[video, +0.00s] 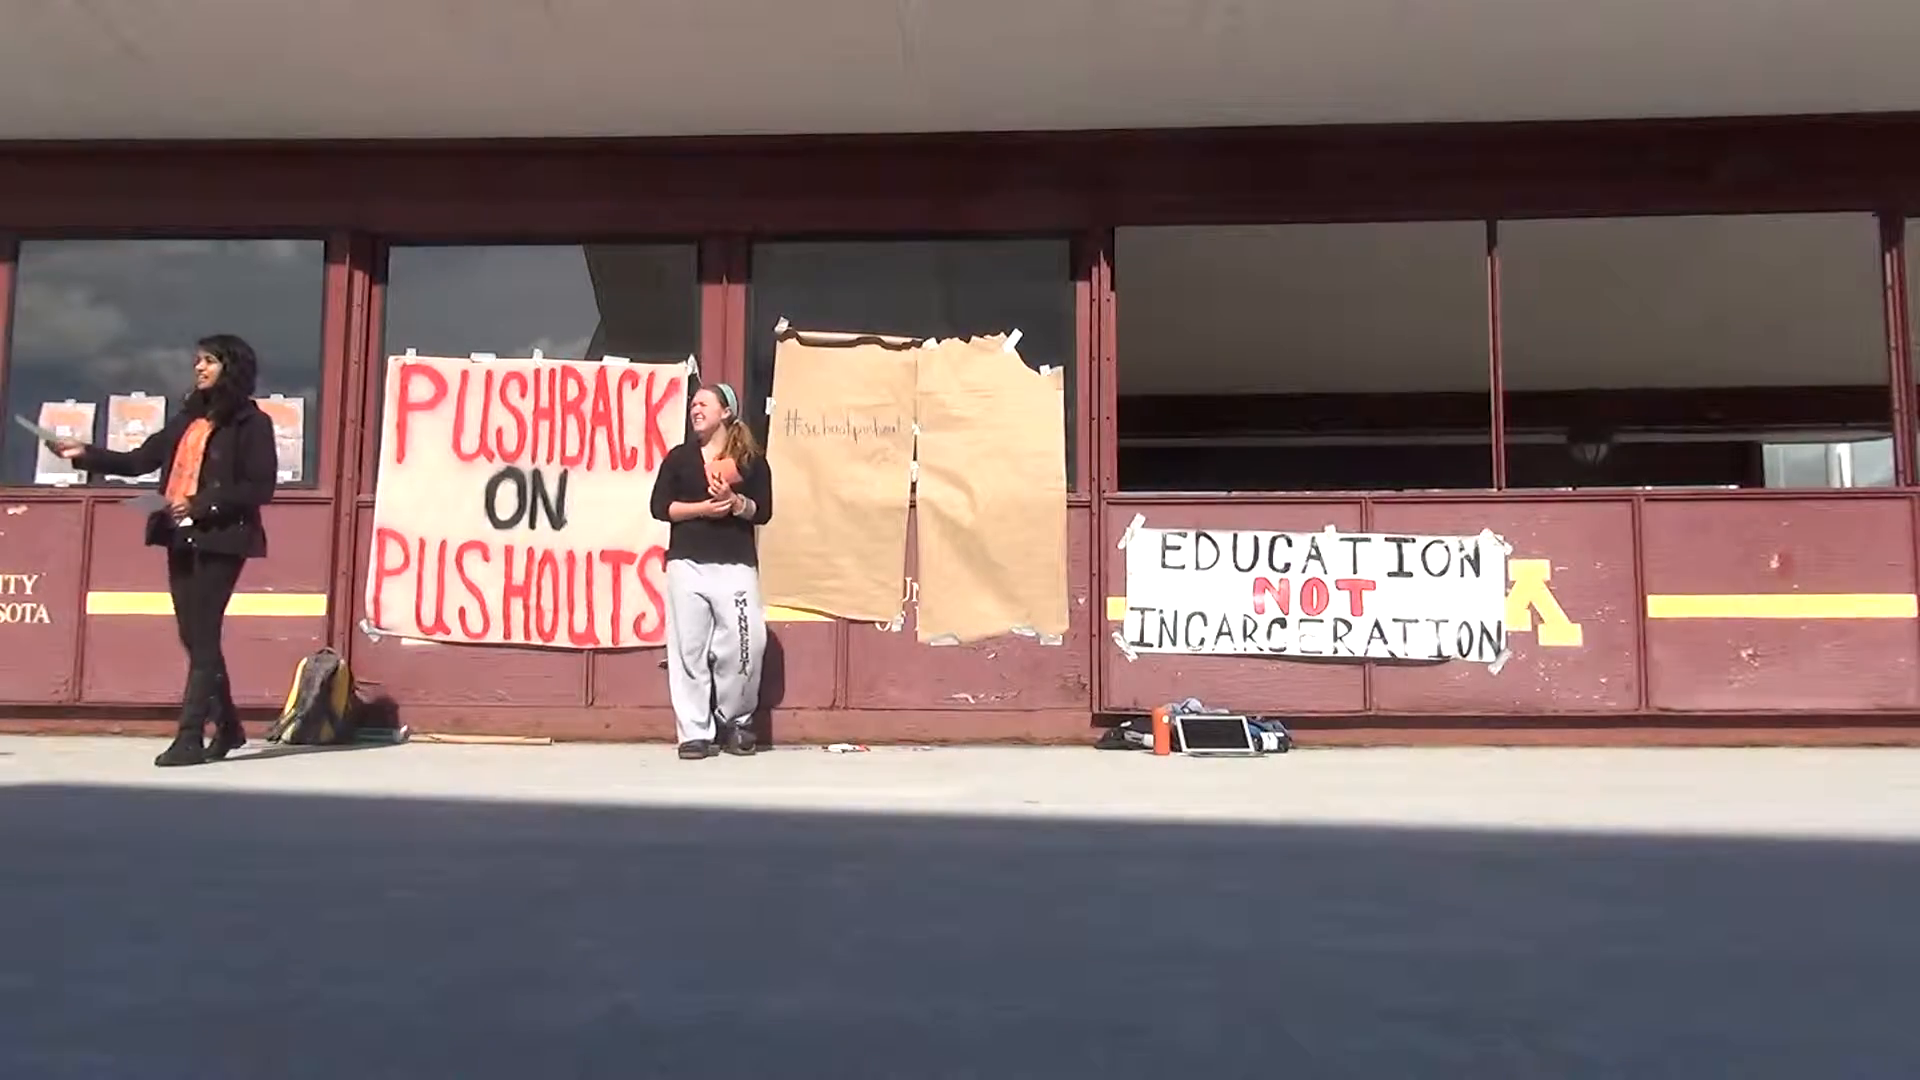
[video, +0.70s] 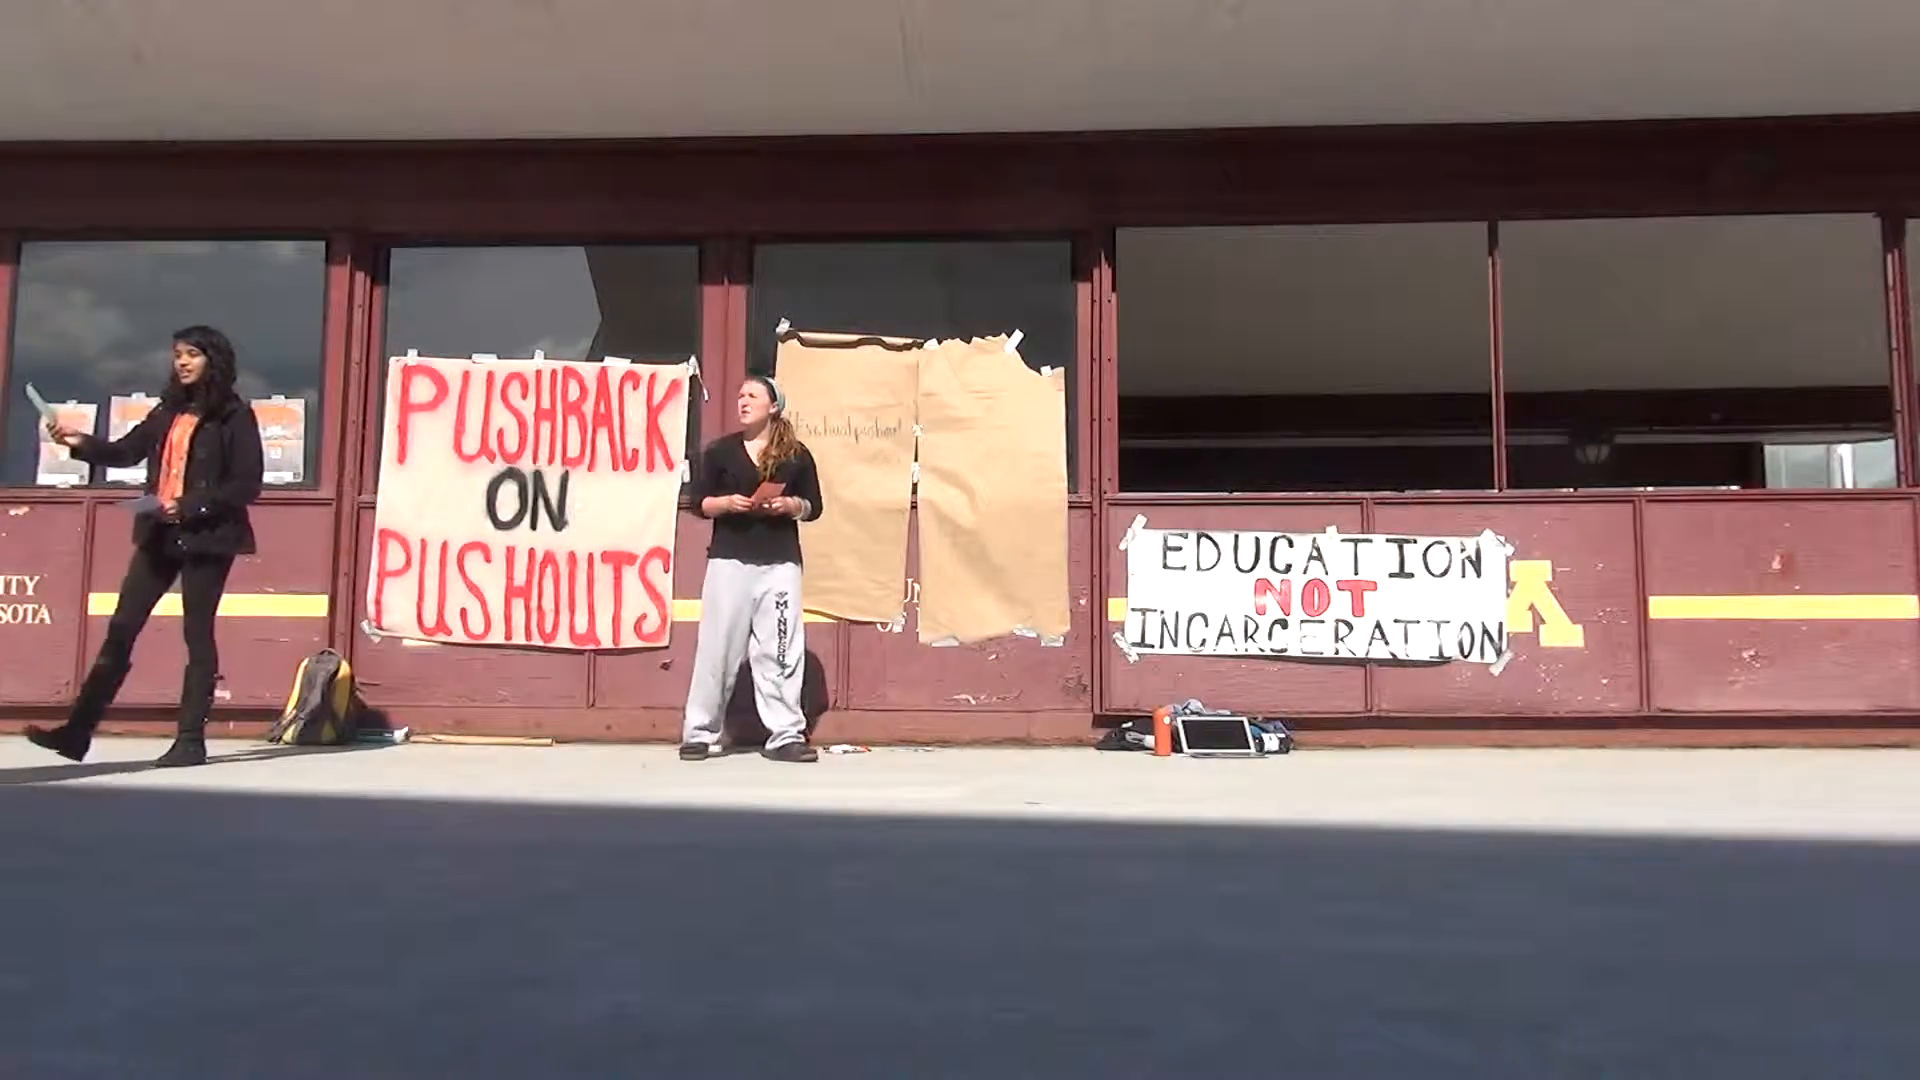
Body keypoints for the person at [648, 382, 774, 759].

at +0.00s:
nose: (695, 410)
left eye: (703, 404)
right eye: (694, 404)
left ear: (726, 412)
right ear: (692, 412)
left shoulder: (750, 458)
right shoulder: (678, 457)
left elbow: (763, 513)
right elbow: (660, 507)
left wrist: (737, 502)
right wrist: (705, 508)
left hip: (735, 563)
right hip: (687, 562)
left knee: (743, 646)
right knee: (689, 648)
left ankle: (735, 723)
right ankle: (695, 733)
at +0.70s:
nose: (742, 402)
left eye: (752, 397)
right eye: (740, 396)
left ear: (774, 406)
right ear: (736, 405)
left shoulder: (796, 455)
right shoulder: (718, 452)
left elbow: (813, 507)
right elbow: (695, 503)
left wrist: (791, 506)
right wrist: (725, 504)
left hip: (780, 564)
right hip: (729, 562)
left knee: (781, 651)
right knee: (717, 648)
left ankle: (785, 736)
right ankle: (699, 735)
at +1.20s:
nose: (797, 400)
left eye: (805, 394)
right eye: (791, 395)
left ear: (821, 403)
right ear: (784, 403)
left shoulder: (837, 452)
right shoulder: (771, 442)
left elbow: (850, 511)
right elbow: (756, 484)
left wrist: (834, 493)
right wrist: (754, 480)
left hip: (818, 559)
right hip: (772, 553)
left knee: (809, 646)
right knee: (773, 641)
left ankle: (792, 737)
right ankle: (756, 737)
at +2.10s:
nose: (820, 382)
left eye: (830, 379)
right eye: (815, 375)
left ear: (841, 391)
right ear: (803, 382)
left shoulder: (849, 438)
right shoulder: (776, 429)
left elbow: (858, 504)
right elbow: (764, 482)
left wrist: (859, 487)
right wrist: (795, 476)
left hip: (842, 555)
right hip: (791, 551)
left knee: (855, 646)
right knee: (793, 649)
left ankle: (840, 737)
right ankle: (795, 743)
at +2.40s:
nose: (847, 382)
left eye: (856, 377)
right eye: (841, 374)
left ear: (866, 388)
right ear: (827, 381)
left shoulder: (870, 434)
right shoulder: (808, 428)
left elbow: (881, 504)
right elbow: (788, 479)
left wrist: (879, 484)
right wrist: (822, 478)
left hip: (861, 552)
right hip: (811, 550)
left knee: (875, 647)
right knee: (800, 652)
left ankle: (897, 739)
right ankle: (801, 746)